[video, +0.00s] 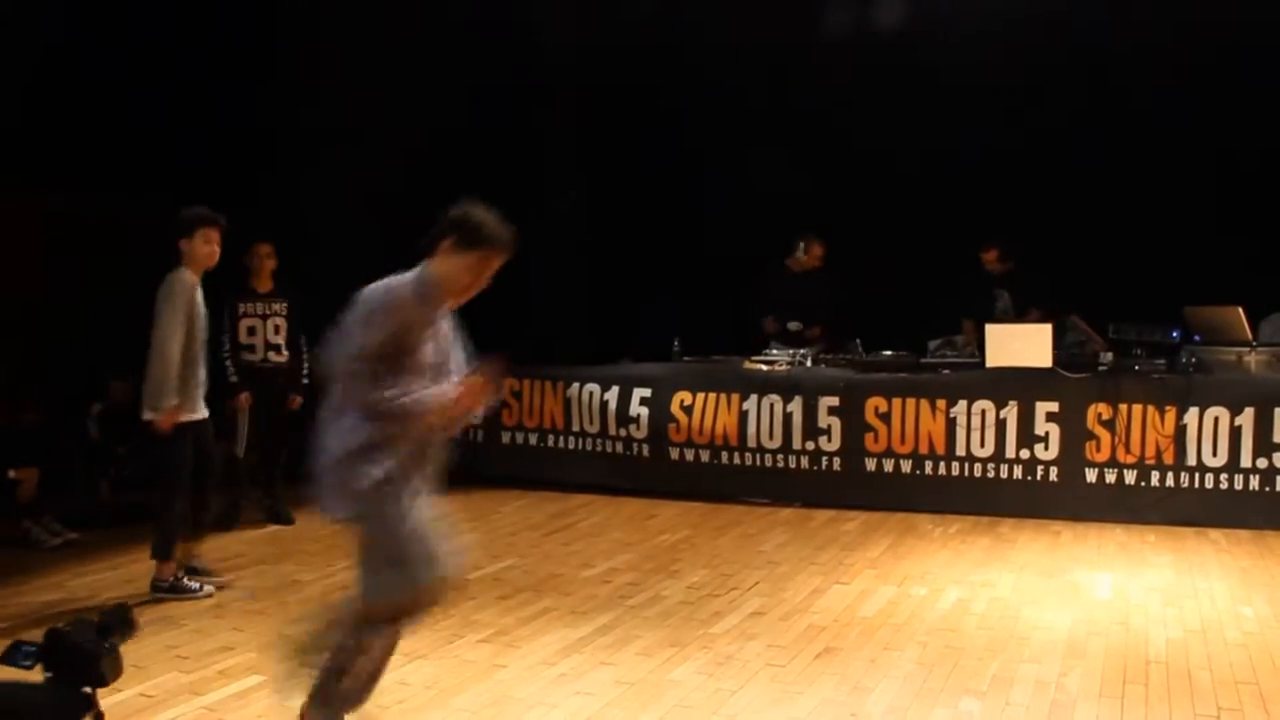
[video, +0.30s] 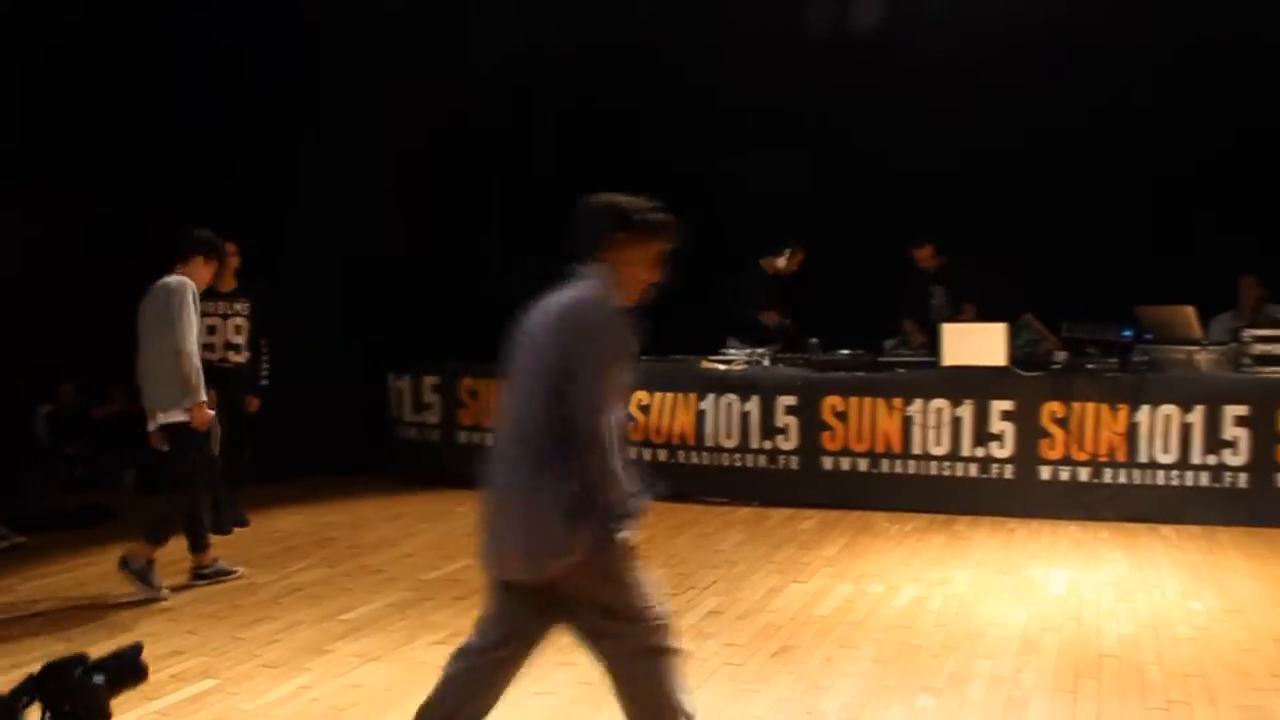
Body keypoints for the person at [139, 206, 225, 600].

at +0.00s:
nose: (214, 250)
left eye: (217, 242)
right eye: (207, 241)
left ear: (215, 246)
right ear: (186, 244)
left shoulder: (195, 287)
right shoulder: (179, 285)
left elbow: (188, 348)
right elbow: (167, 345)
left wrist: (192, 401)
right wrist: (166, 403)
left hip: (194, 413)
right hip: (176, 416)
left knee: (195, 487)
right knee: (174, 492)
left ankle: (181, 558)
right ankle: (165, 571)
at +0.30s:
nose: (212, 277)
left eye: (215, 270)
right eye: (212, 268)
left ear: (188, 261)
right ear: (199, 261)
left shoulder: (154, 295)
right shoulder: (182, 289)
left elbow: (147, 363)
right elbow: (186, 349)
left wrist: (154, 416)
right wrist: (198, 399)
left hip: (167, 412)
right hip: (186, 411)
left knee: (193, 486)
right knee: (187, 487)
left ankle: (203, 560)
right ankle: (140, 557)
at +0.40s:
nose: (198, 292)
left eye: (201, 286)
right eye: (199, 285)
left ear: (172, 271)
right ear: (191, 273)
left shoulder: (137, 304)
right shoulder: (175, 296)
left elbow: (132, 368)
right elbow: (179, 355)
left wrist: (139, 422)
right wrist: (194, 406)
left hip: (151, 417)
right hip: (175, 414)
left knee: (180, 481)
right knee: (192, 478)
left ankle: (181, 557)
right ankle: (159, 539)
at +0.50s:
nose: (179, 279)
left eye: (179, 273)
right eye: (179, 272)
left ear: (145, 265)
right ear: (169, 266)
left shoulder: (118, 299)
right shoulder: (165, 292)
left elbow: (116, 364)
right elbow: (176, 352)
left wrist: (124, 421)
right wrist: (181, 407)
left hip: (135, 412)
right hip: (164, 410)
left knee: (151, 482)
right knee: (184, 473)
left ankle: (153, 560)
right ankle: (182, 550)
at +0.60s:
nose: (156, 269)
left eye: (154, 264)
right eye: (155, 264)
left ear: (120, 261)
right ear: (148, 261)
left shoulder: (95, 294)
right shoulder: (151, 292)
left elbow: (87, 353)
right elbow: (164, 351)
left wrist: (102, 396)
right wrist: (164, 402)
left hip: (101, 417)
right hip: (141, 414)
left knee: (113, 490)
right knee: (160, 481)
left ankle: (121, 562)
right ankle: (188, 546)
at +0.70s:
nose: (120, 269)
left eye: (117, 264)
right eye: (121, 264)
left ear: (85, 263)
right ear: (118, 263)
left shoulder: (62, 297)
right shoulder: (125, 297)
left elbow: (50, 356)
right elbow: (143, 359)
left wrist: (68, 389)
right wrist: (143, 408)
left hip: (67, 421)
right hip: (114, 418)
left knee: (74, 493)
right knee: (127, 481)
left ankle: (81, 565)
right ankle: (144, 539)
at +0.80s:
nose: (93, 273)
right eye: (94, 268)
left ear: (56, 264)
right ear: (93, 267)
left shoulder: (33, 296)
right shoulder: (101, 302)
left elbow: (16, 354)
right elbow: (118, 364)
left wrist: (32, 388)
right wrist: (116, 414)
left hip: (32, 421)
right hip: (80, 422)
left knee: (46, 492)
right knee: (87, 486)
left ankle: (52, 565)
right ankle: (97, 551)